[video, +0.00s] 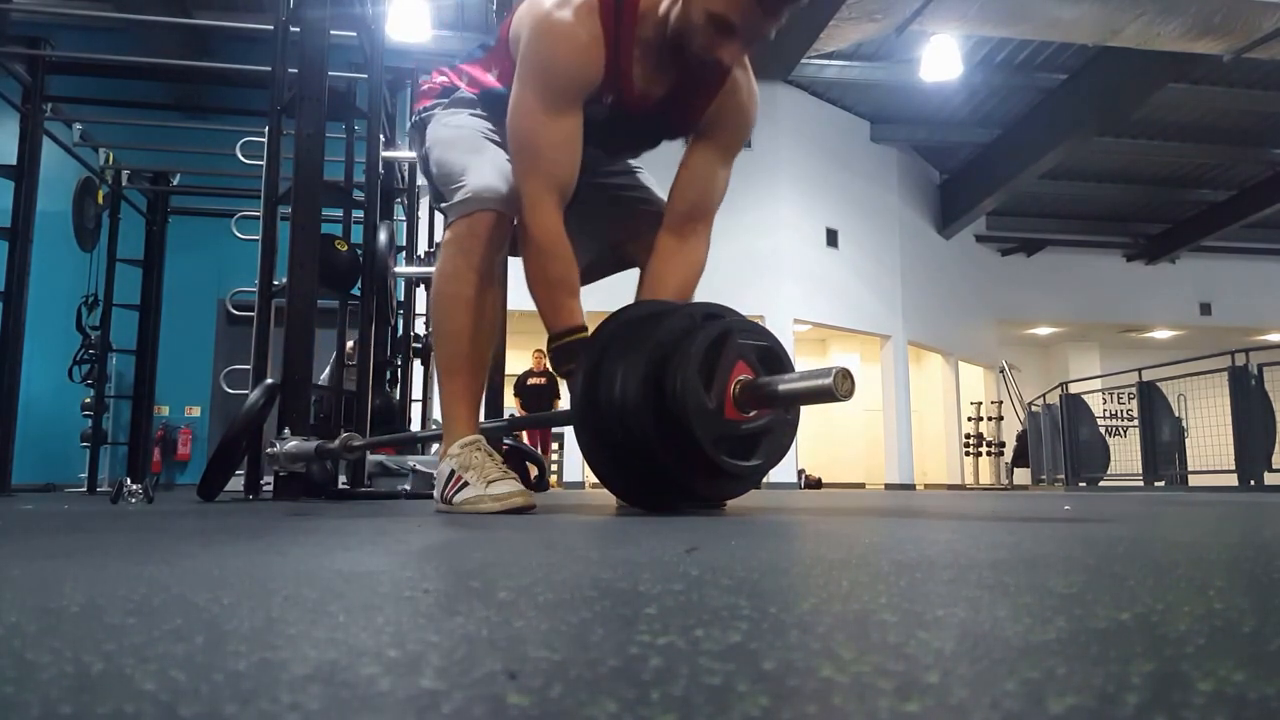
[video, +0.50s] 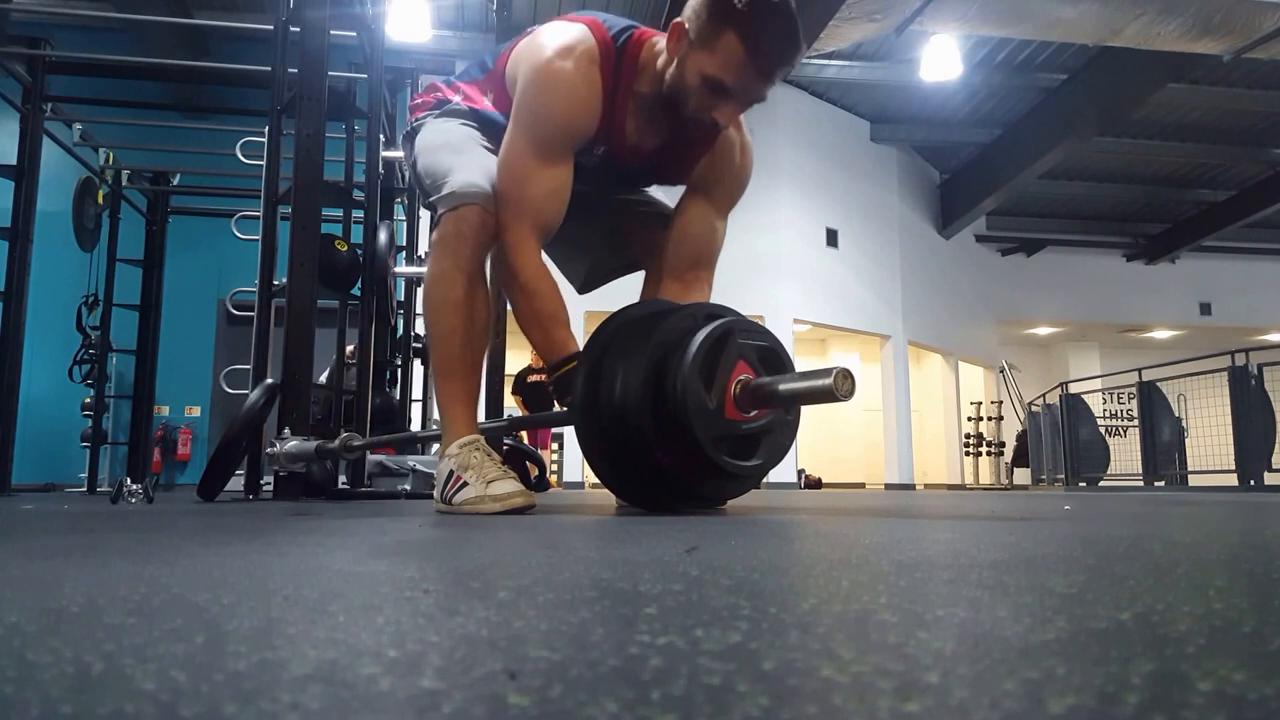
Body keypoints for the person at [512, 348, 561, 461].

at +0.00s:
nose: (538, 360)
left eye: (541, 358)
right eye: (536, 357)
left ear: (545, 360)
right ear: (532, 359)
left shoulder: (550, 376)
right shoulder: (525, 375)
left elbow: (556, 396)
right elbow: (517, 394)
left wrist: (555, 412)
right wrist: (519, 409)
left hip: (546, 417)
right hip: (529, 417)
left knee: (546, 450)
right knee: (532, 448)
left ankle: (545, 476)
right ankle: (533, 476)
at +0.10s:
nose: (537, 359)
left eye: (540, 356)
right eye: (535, 356)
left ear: (543, 358)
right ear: (531, 358)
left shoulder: (550, 374)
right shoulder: (523, 374)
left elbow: (555, 395)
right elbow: (515, 393)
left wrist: (556, 412)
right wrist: (519, 407)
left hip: (546, 415)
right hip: (529, 415)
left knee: (548, 447)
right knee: (532, 446)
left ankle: (546, 475)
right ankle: (533, 475)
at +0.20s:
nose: (537, 358)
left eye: (539, 355)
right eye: (535, 355)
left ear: (543, 357)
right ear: (531, 357)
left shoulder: (550, 373)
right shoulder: (523, 373)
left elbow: (556, 395)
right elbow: (514, 393)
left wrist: (559, 412)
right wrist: (520, 408)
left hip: (547, 415)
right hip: (529, 415)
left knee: (549, 445)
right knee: (532, 446)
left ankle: (545, 474)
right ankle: (532, 476)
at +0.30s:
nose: (536, 357)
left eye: (539, 355)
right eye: (534, 354)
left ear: (543, 356)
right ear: (531, 356)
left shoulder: (549, 372)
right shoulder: (522, 373)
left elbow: (556, 394)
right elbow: (514, 393)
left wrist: (561, 411)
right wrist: (521, 409)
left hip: (547, 414)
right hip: (529, 414)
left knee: (548, 445)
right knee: (532, 446)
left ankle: (545, 476)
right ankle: (532, 477)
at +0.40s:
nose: (537, 357)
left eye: (539, 354)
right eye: (534, 354)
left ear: (543, 356)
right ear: (531, 355)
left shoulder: (549, 371)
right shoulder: (523, 372)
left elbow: (556, 393)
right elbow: (515, 393)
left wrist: (562, 409)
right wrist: (523, 410)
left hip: (547, 414)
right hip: (530, 414)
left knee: (546, 446)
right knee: (532, 447)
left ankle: (546, 477)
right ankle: (532, 477)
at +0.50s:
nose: (536, 357)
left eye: (539, 355)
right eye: (534, 355)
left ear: (543, 357)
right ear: (531, 356)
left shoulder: (549, 372)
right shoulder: (522, 374)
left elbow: (557, 391)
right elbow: (516, 394)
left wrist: (562, 406)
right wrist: (523, 411)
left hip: (547, 413)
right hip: (530, 414)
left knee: (545, 446)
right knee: (532, 447)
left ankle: (545, 477)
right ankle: (532, 477)